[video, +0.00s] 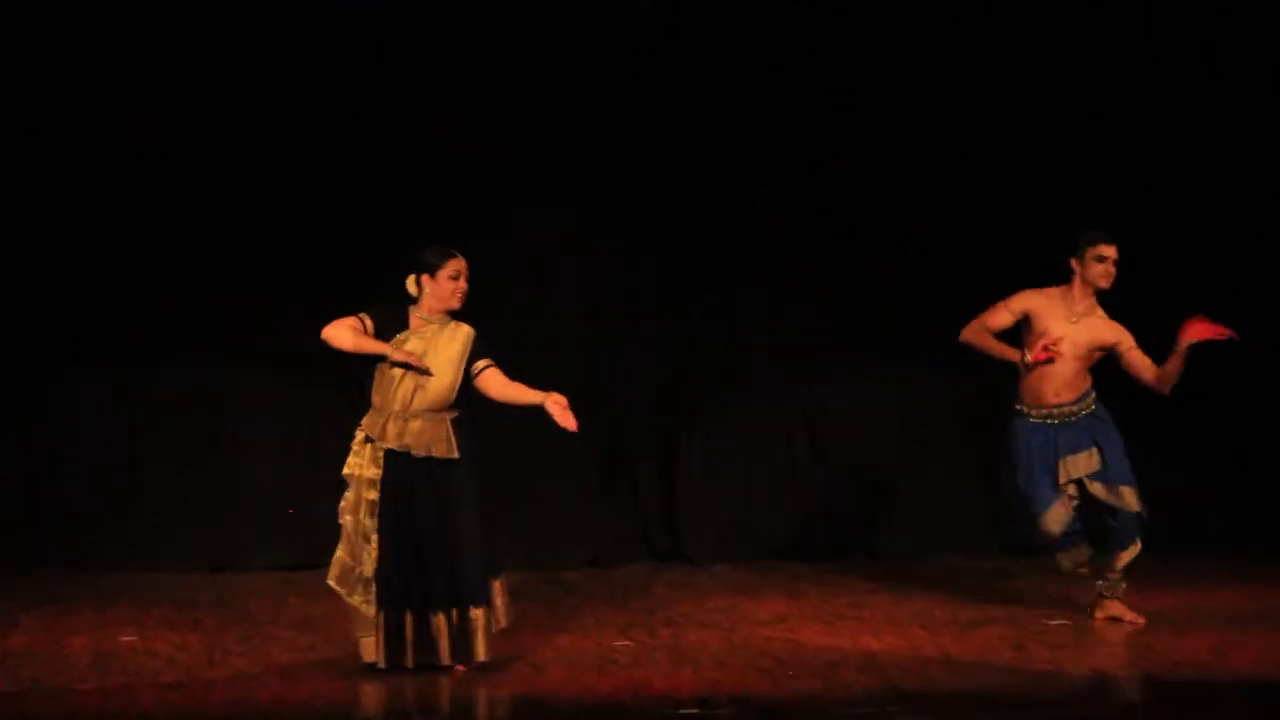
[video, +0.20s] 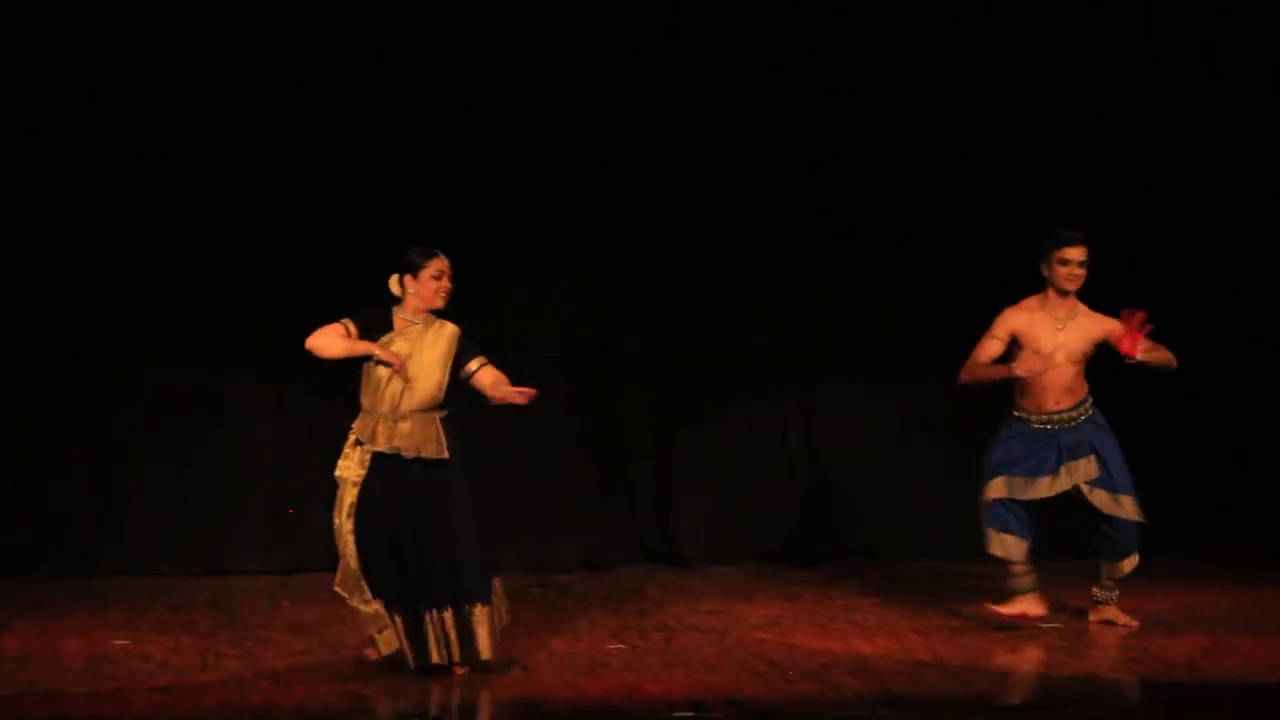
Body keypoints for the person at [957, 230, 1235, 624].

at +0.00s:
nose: (1110, 269)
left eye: (1114, 262)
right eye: (1101, 261)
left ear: (1115, 268)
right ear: (1076, 264)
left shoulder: (1108, 330)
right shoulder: (1034, 302)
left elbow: (1160, 382)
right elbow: (971, 334)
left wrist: (1182, 347)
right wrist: (1020, 357)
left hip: (1085, 419)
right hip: (1034, 424)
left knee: (1121, 506)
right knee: (1053, 521)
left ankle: (1109, 598)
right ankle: (1087, 575)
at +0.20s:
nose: (1074, 272)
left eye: (1081, 265)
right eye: (1065, 264)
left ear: (1087, 270)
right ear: (1046, 267)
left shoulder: (1097, 324)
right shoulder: (1016, 317)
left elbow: (1168, 360)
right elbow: (969, 372)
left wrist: (1143, 350)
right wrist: (1012, 369)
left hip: (1083, 424)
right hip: (1028, 427)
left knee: (1120, 509)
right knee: (1000, 500)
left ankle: (1105, 603)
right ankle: (1025, 595)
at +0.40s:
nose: (1000, 265)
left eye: (1009, 257)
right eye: (993, 257)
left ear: (1025, 263)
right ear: (984, 261)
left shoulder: (1050, 306)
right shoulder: (973, 320)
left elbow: (1123, 319)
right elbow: (951, 378)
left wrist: (1095, 350)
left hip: (1041, 421)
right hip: (989, 423)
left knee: (1088, 504)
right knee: (971, 509)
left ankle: (1054, 590)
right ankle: (978, 612)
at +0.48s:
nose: (972, 270)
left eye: (982, 263)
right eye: (966, 263)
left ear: (1000, 268)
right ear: (959, 269)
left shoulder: (1028, 308)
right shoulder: (952, 328)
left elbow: (1103, 313)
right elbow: (932, 380)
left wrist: (1073, 346)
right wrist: (902, 384)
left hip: (1020, 428)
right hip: (970, 428)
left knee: (1059, 512)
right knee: (954, 516)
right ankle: (969, 615)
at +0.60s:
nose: (937, 273)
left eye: (946, 265)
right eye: (930, 267)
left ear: (966, 270)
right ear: (924, 274)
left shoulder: (1002, 305)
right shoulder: (926, 332)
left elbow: (1074, 305)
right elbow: (897, 369)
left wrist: (1042, 342)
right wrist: (863, 390)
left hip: (993, 429)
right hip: (946, 427)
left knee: (999, 520)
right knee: (939, 518)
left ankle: (903, 590)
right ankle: (957, 615)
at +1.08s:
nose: (940, 270)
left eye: (946, 262)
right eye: (930, 263)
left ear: (957, 269)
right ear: (916, 272)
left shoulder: (985, 317)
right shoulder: (901, 331)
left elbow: (1059, 329)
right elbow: (871, 385)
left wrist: (1025, 341)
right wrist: (864, 360)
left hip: (968, 436)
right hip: (916, 433)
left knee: (1028, 501)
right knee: (886, 522)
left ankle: (959, 572)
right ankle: (882, 625)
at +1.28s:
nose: (973, 256)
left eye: (976, 249)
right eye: (961, 249)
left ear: (981, 260)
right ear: (938, 261)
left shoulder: (997, 313)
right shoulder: (914, 312)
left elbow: (1075, 318)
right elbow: (856, 350)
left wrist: (1067, 266)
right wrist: (907, 346)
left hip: (981, 431)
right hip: (924, 430)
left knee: (1014, 522)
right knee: (896, 521)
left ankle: (990, 625)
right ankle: (899, 609)